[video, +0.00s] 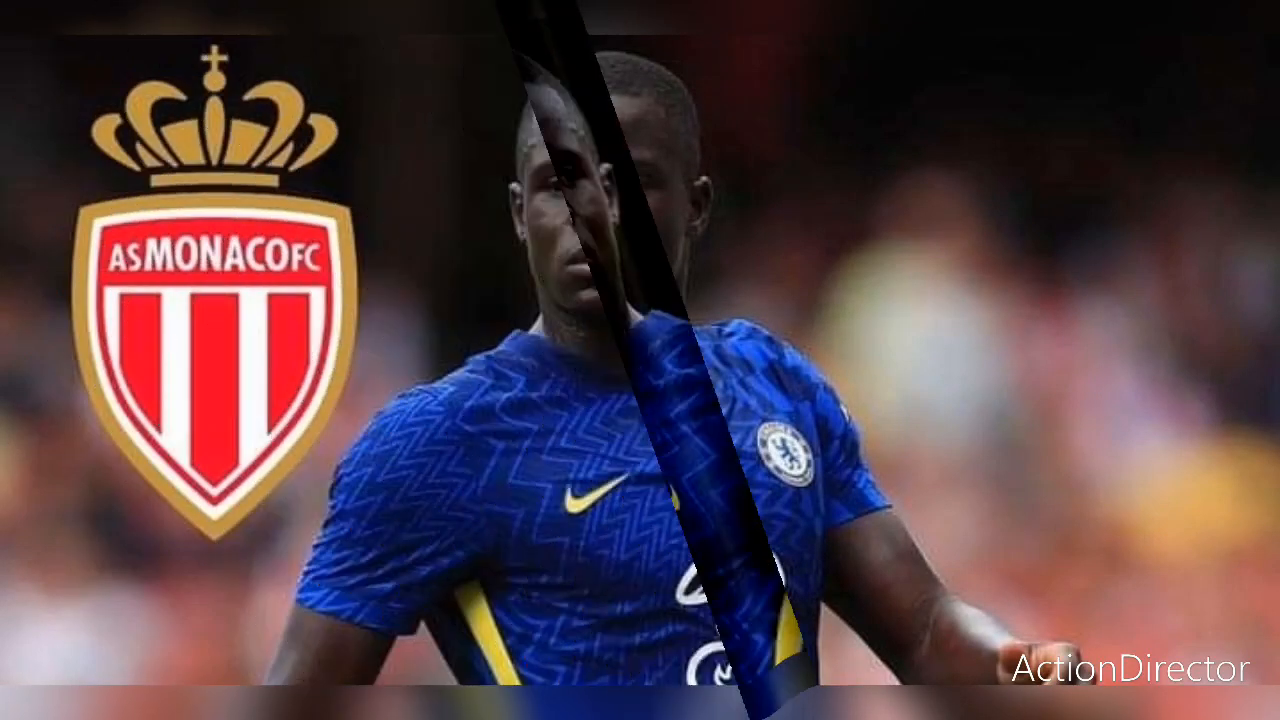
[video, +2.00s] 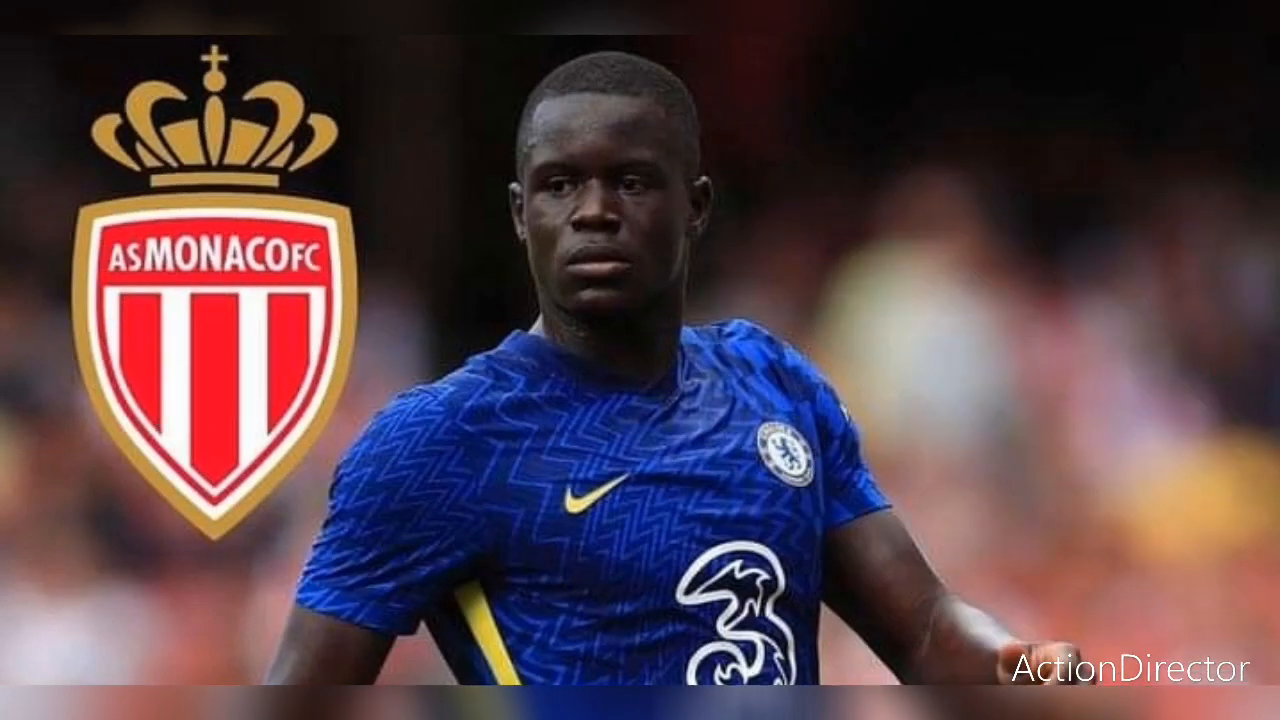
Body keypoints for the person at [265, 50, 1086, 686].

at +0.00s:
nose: (593, 215)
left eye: (629, 181)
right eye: (559, 180)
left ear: (696, 208)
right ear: (519, 210)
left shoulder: (769, 384)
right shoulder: (432, 444)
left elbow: (921, 625)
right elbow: (302, 690)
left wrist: (1013, 670)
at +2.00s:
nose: (596, 209)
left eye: (633, 178)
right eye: (560, 181)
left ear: (697, 210)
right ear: (522, 216)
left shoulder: (770, 385)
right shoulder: (432, 445)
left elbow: (921, 626)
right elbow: (301, 692)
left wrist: (1021, 675)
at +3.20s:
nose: (600, 209)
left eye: (637, 177)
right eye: (562, 180)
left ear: (698, 207)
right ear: (521, 213)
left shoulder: (772, 388)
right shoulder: (431, 444)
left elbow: (921, 625)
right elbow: (301, 691)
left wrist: (1019, 673)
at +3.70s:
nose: (598, 209)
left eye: (634, 179)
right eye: (564, 180)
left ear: (697, 208)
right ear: (521, 214)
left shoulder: (770, 385)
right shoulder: (432, 445)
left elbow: (920, 625)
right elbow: (301, 692)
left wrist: (1021, 673)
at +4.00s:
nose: (596, 210)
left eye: (633, 178)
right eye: (560, 181)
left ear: (697, 208)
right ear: (522, 215)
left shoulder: (770, 385)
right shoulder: (433, 445)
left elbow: (921, 625)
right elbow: (301, 692)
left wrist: (1019, 674)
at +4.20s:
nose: (596, 210)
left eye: (633, 178)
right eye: (560, 181)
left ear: (696, 207)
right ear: (522, 215)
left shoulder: (770, 385)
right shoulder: (433, 444)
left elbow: (921, 625)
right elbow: (301, 691)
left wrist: (1020, 674)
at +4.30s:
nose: (596, 210)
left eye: (633, 178)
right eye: (560, 181)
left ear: (696, 207)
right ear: (522, 215)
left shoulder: (770, 385)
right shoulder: (433, 444)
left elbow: (921, 625)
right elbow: (301, 691)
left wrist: (1020, 674)